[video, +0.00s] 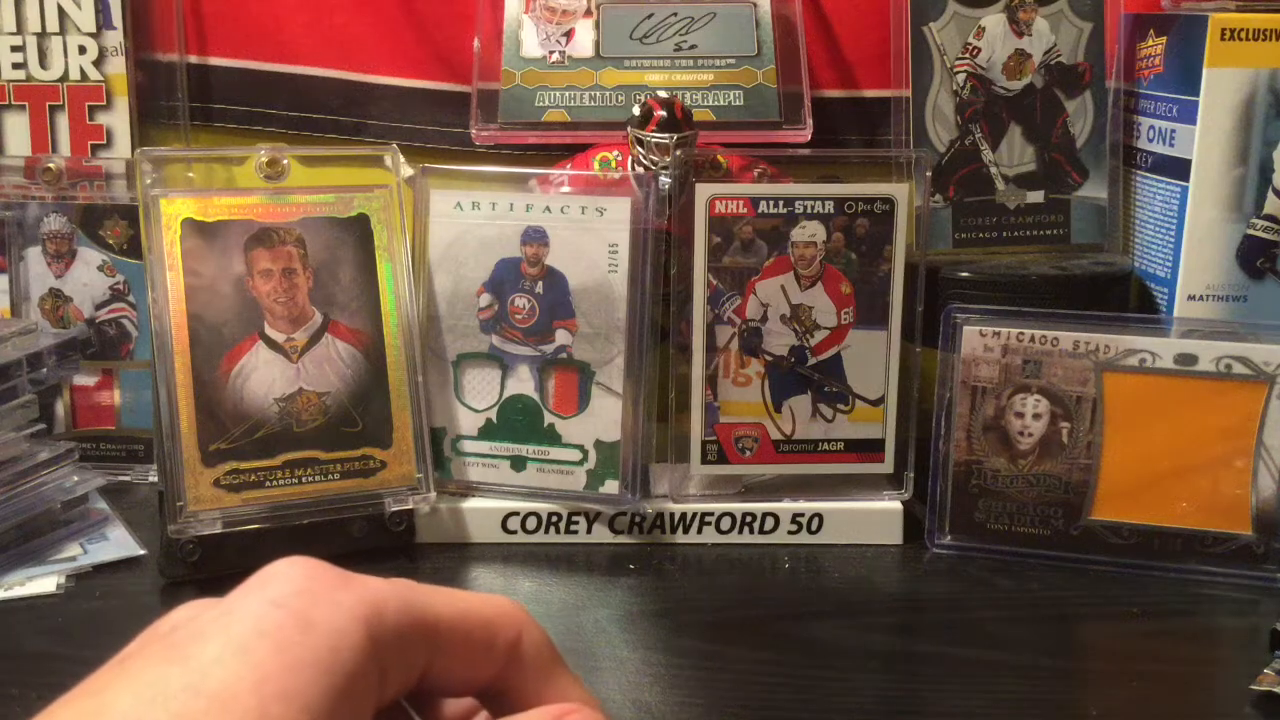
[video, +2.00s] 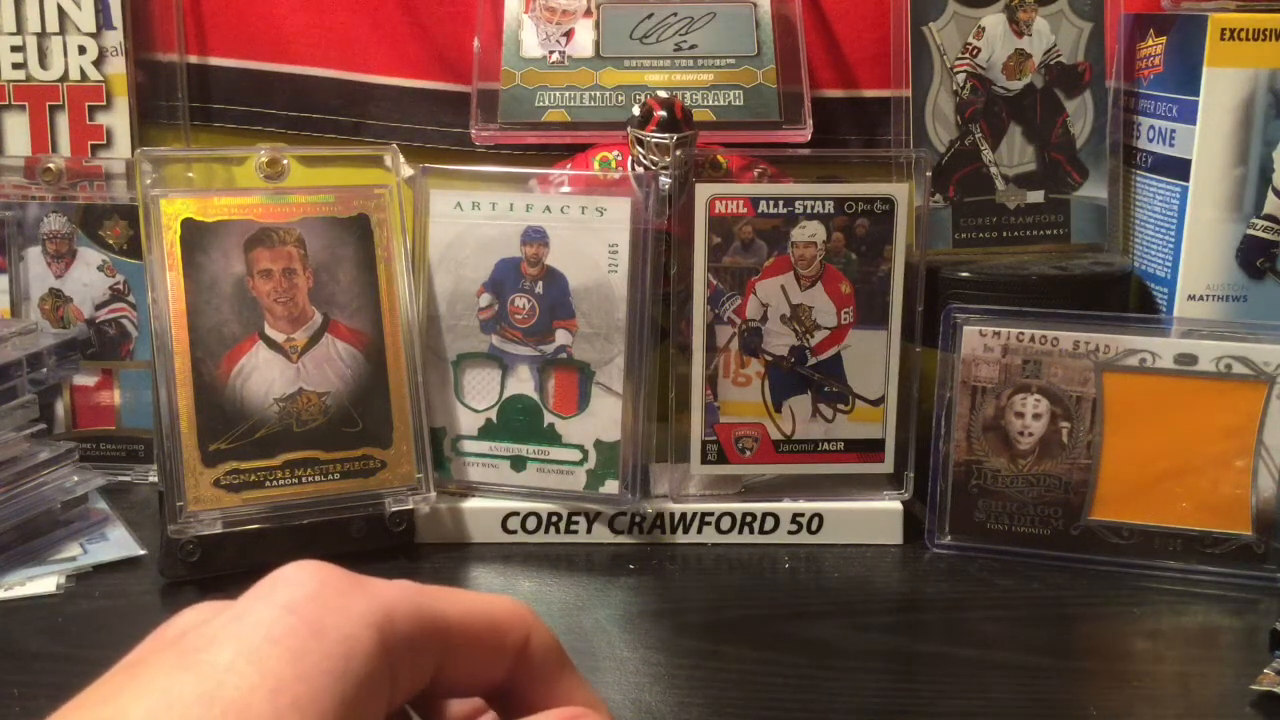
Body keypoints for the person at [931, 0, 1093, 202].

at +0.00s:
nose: (1029, 17)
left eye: (1033, 11)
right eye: (1024, 10)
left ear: (1037, 10)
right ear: (1010, 9)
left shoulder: (1041, 27)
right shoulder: (990, 26)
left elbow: (1051, 58)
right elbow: (965, 63)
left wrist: (1066, 76)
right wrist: (968, 98)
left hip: (1026, 92)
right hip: (992, 94)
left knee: (1055, 124)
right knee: (979, 139)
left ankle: (1063, 176)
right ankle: (943, 183)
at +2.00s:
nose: (1030, 17)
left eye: (1034, 11)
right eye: (1025, 11)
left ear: (1037, 11)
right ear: (1011, 9)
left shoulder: (1041, 28)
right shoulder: (990, 26)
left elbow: (1051, 61)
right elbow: (965, 63)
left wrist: (1068, 75)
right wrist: (969, 98)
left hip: (1025, 92)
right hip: (992, 93)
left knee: (1056, 123)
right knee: (980, 139)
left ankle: (1063, 176)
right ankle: (942, 183)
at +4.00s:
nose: (1030, 16)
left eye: (1033, 10)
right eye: (1024, 10)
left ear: (1037, 10)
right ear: (1010, 9)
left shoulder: (1041, 27)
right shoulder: (990, 26)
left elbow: (1050, 60)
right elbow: (965, 63)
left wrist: (1067, 75)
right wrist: (969, 98)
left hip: (1025, 92)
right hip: (992, 93)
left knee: (1056, 123)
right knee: (979, 138)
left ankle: (1063, 177)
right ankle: (942, 186)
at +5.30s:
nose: (1029, 16)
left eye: (1033, 10)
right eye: (1023, 10)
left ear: (1037, 11)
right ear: (1010, 9)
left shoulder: (1041, 27)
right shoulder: (990, 26)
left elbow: (1050, 63)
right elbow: (965, 63)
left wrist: (1069, 75)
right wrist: (970, 97)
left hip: (1025, 92)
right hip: (992, 93)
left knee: (1055, 118)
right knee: (981, 136)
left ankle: (1062, 174)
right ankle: (943, 183)